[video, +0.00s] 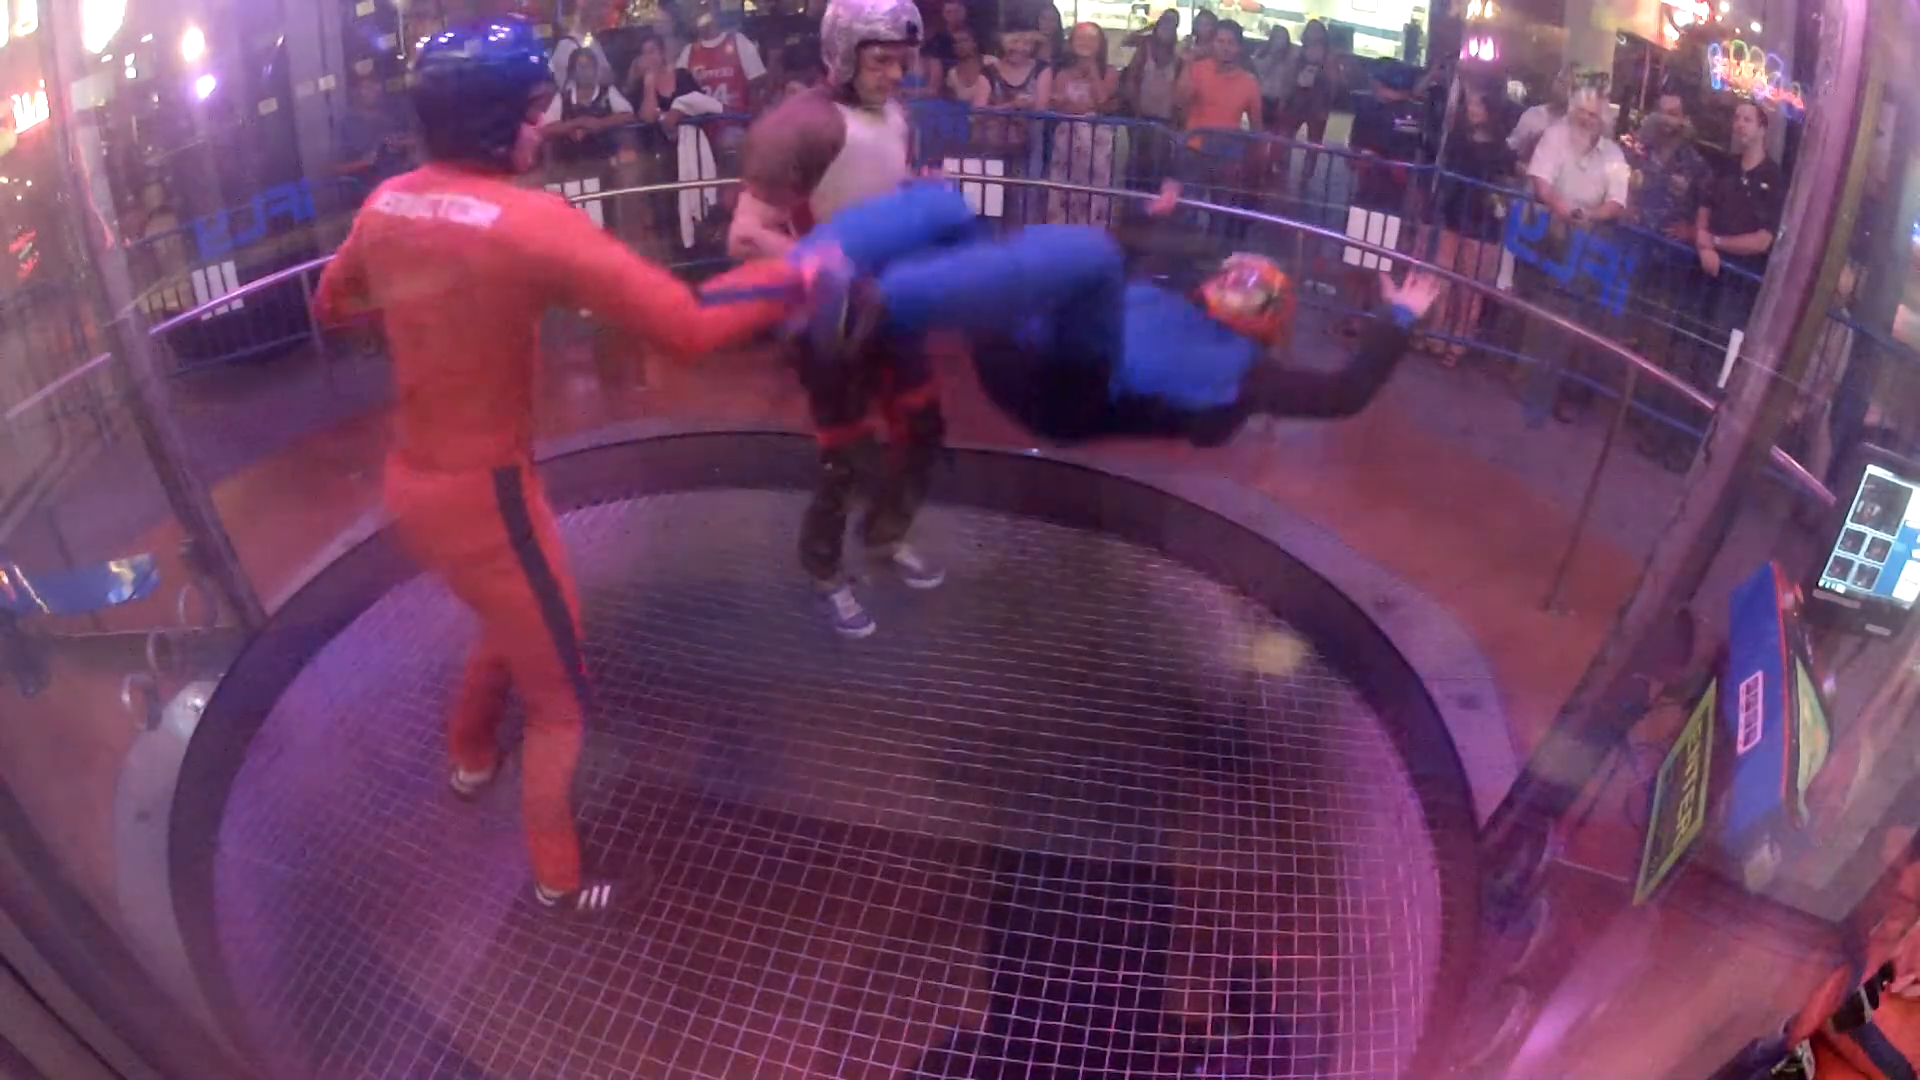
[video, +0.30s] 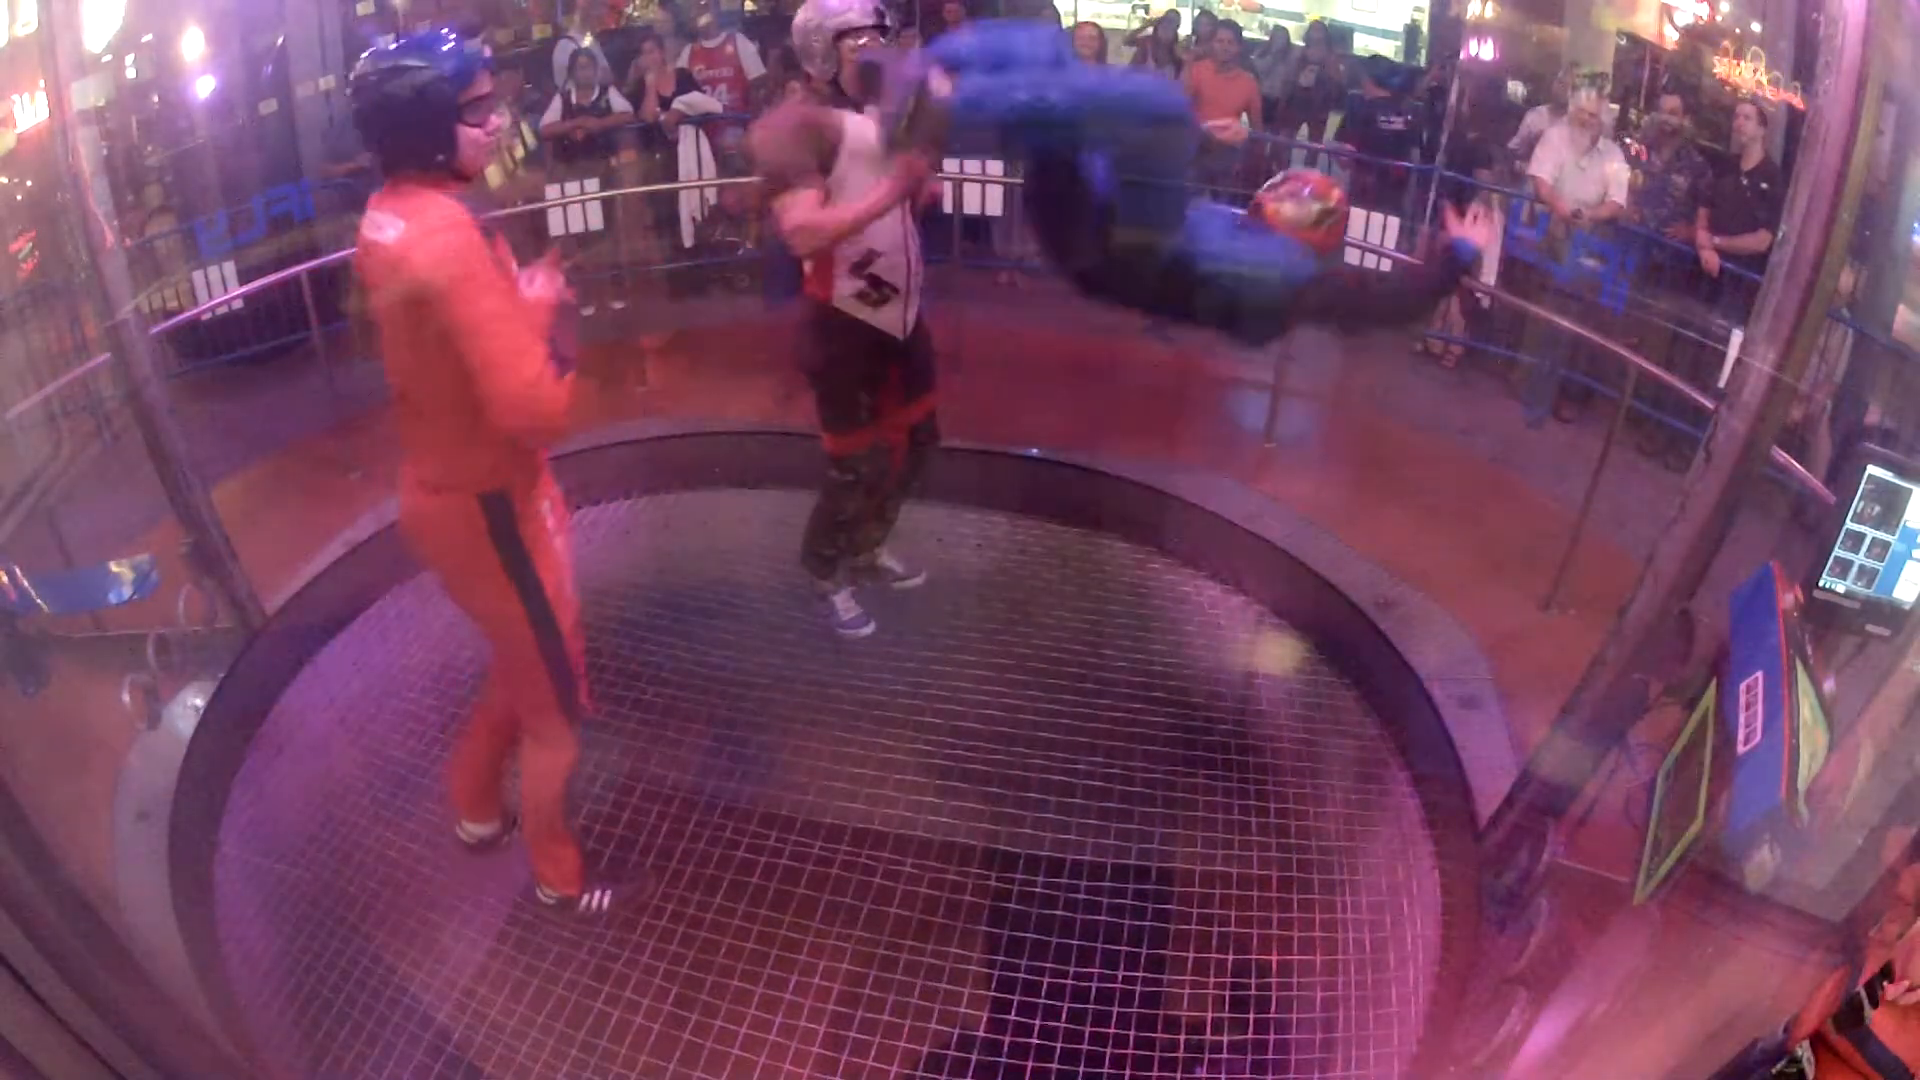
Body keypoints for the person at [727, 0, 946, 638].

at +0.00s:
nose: (887, 74)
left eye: (896, 62)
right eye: (875, 61)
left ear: (905, 62)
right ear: (843, 60)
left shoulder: (900, 120)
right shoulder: (805, 125)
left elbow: (897, 193)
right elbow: (746, 229)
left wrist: (931, 210)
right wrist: (813, 270)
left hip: (890, 297)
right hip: (823, 309)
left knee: (920, 429)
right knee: (849, 452)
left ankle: (886, 540)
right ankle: (827, 575)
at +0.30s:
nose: (872, 53)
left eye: (875, 40)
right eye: (857, 42)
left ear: (880, 46)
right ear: (822, 54)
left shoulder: (880, 125)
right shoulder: (794, 127)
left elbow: (917, 199)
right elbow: (801, 233)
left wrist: (920, 174)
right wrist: (889, 192)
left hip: (899, 318)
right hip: (840, 324)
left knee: (917, 442)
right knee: (860, 462)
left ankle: (865, 549)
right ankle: (824, 572)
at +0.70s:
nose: (904, 72)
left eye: (905, 63)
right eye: (897, 61)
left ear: (851, 49)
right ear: (863, 55)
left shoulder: (886, 114)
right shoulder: (830, 118)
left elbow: (931, 161)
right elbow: (879, 220)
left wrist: (969, 134)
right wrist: (961, 157)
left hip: (908, 313)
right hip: (864, 317)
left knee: (928, 431)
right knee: (877, 458)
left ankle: (880, 547)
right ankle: (832, 575)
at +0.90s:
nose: (907, 48)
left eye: (910, 40)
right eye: (895, 39)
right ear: (866, 50)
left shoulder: (900, 112)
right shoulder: (834, 115)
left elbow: (947, 147)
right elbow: (873, 212)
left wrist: (959, 113)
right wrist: (944, 153)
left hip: (917, 310)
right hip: (871, 314)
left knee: (923, 433)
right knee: (882, 457)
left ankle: (879, 548)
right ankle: (834, 572)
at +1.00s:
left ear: (873, 116)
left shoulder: (902, 129)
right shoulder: (838, 159)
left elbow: (960, 168)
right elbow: (874, 215)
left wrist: (950, 133)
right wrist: (937, 152)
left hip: (918, 317)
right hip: (870, 319)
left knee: (922, 435)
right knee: (884, 458)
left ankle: (881, 549)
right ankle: (836, 569)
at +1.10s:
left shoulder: (914, 116)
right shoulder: (837, 131)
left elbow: (946, 164)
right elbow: (863, 217)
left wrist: (968, 138)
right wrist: (946, 151)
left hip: (922, 316)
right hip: (872, 318)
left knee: (921, 441)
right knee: (883, 460)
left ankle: (880, 549)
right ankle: (833, 569)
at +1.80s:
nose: (772, 46)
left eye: (781, 32)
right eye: (758, 34)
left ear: (793, 40)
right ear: (732, 48)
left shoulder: (838, 124)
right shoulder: (717, 135)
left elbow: (874, 204)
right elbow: (686, 241)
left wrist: (864, 203)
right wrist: (790, 247)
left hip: (831, 320)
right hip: (766, 326)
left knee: (879, 436)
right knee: (765, 483)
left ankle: (869, 550)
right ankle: (713, 579)